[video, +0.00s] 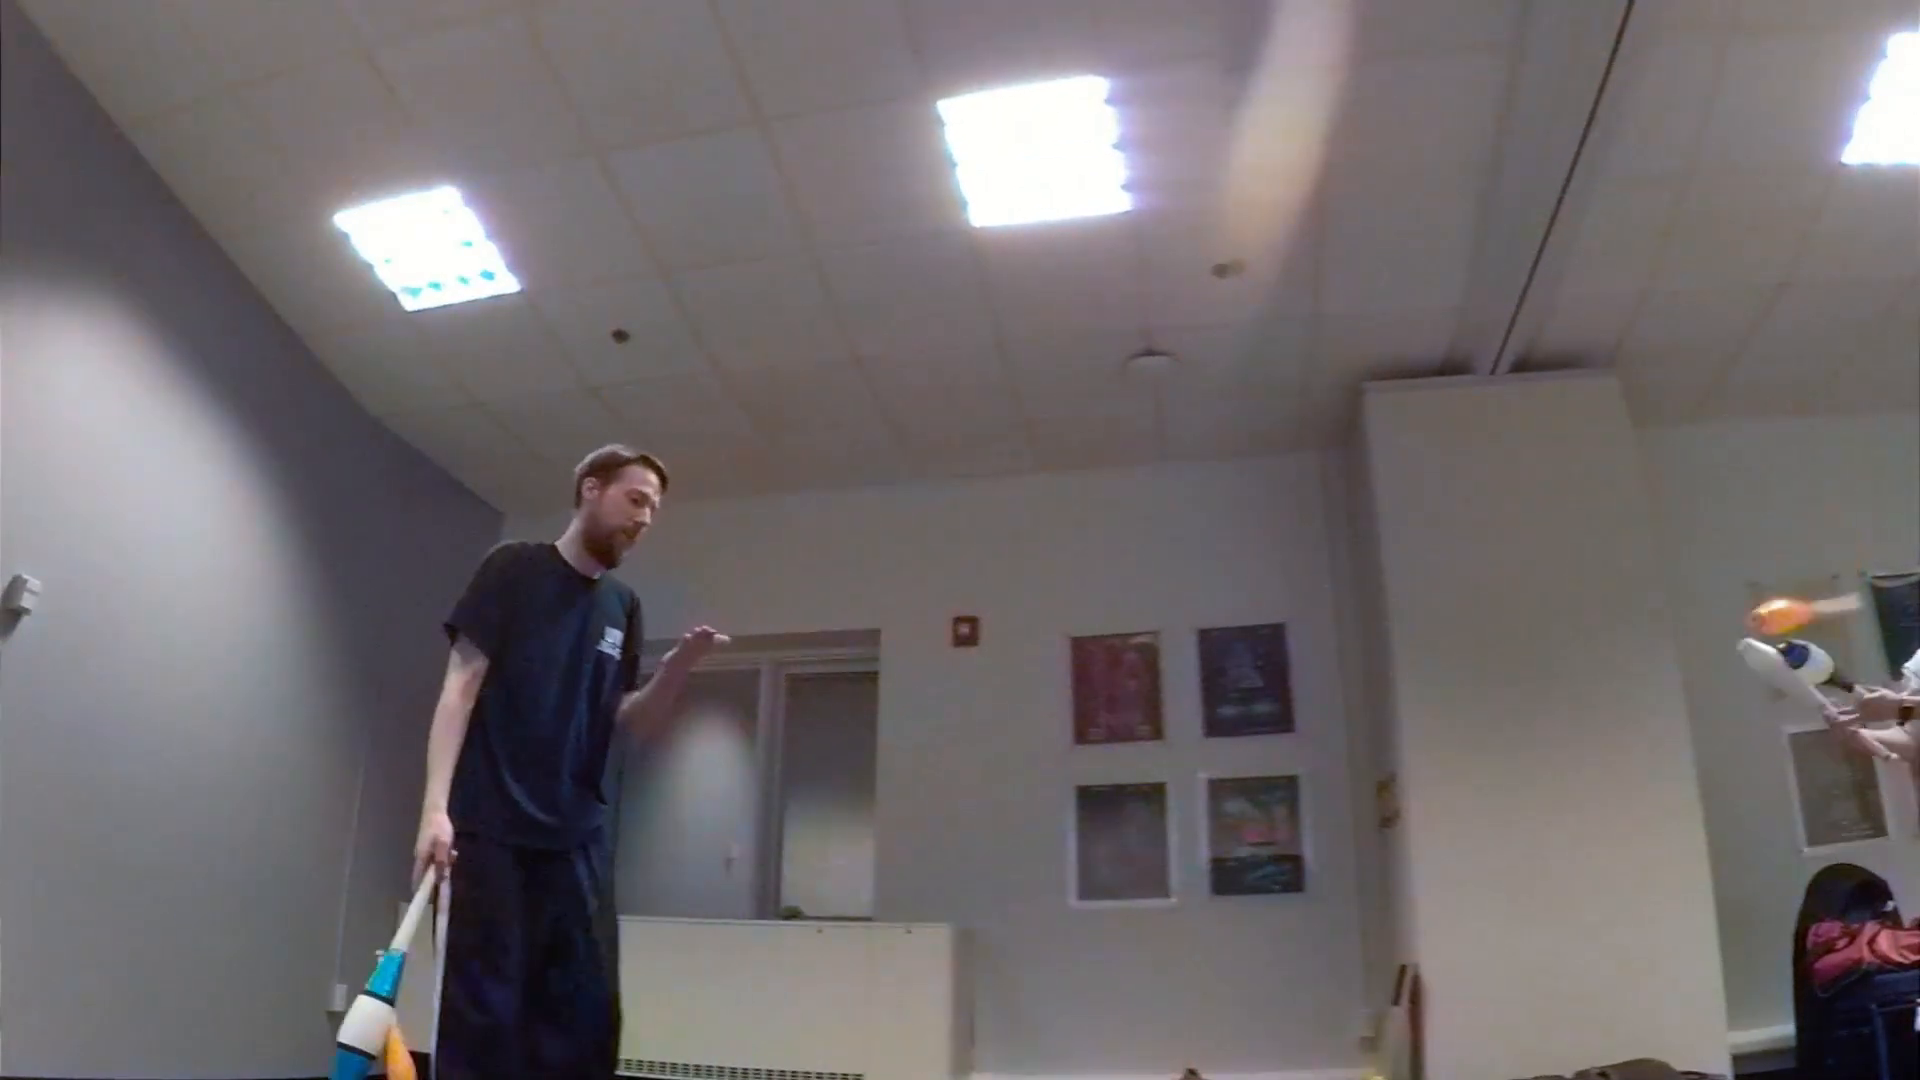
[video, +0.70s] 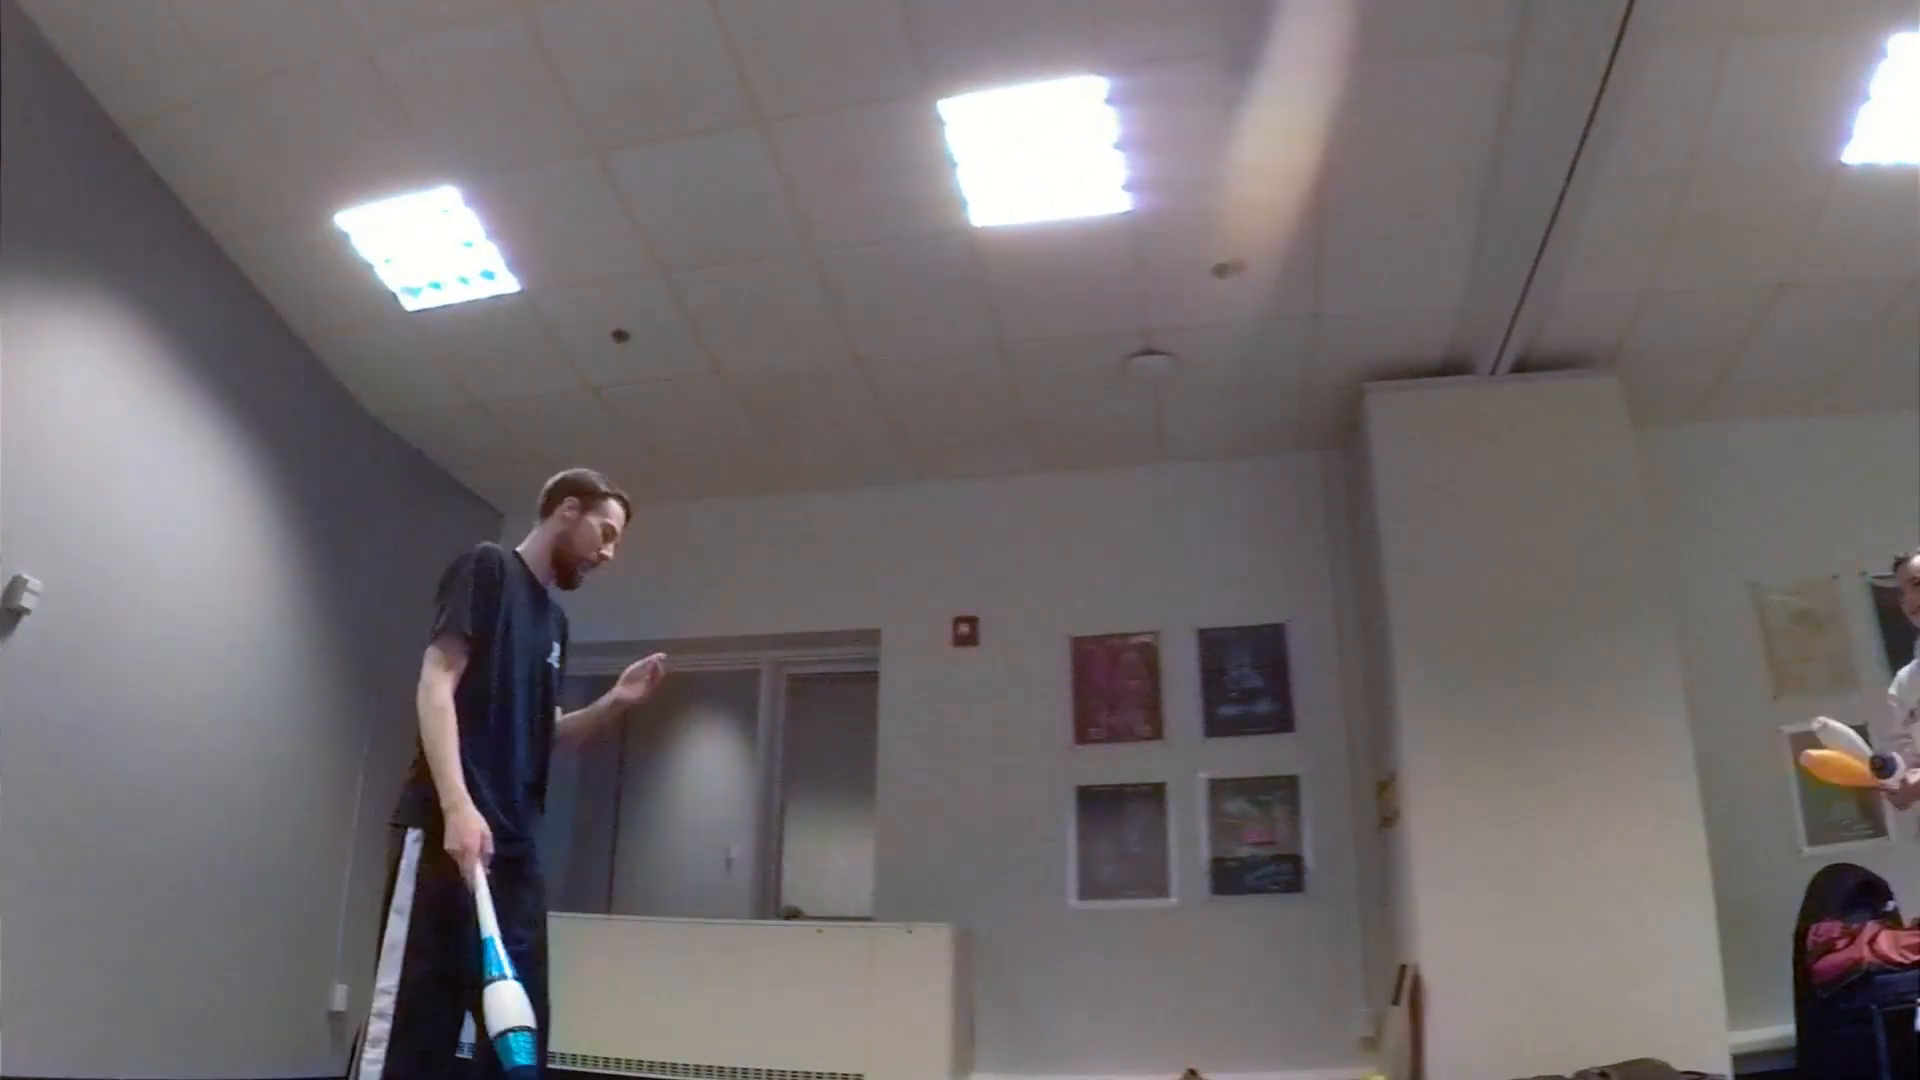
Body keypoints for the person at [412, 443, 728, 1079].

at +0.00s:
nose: (645, 518)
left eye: (653, 509)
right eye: (635, 499)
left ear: (653, 521)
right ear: (590, 489)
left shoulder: (621, 606)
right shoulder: (513, 568)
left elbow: (631, 721)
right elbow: (460, 687)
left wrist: (680, 667)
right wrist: (435, 809)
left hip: (575, 839)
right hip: (491, 832)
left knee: (585, 1020)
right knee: (485, 1015)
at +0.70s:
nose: (609, 553)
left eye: (615, 542)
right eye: (606, 533)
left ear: (581, 525)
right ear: (564, 511)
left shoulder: (553, 619)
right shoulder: (487, 566)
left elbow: (542, 734)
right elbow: (434, 685)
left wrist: (611, 702)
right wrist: (457, 806)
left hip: (513, 840)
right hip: (446, 826)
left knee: (517, 1023)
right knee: (415, 1019)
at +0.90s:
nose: (588, 575)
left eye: (597, 563)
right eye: (596, 559)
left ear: (553, 524)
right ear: (581, 535)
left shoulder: (505, 589)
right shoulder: (491, 574)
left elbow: (453, 716)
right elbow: (432, 694)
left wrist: (522, 762)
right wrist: (450, 831)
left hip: (436, 826)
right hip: (403, 822)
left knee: (458, 1008)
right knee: (380, 1013)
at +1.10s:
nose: (571, 584)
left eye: (579, 573)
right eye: (580, 570)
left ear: (528, 534)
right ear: (570, 551)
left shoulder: (476, 577)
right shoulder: (496, 579)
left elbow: (422, 704)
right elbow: (437, 693)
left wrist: (432, 844)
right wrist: (443, 828)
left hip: (396, 820)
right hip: (388, 819)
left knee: (421, 1003)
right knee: (377, 1008)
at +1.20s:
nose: (557, 587)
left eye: (563, 576)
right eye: (564, 573)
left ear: (511, 540)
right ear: (556, 559)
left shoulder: (458, 581)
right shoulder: (496, 582)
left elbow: (407, 698)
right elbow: (436, 691)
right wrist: (441, 823)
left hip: (371, 811)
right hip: (387, 817)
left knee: (388, 998)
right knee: (386, 1000)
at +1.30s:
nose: (543, 600)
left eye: (548, 590)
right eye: (550, 589)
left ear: (498, 557)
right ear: (544, 576)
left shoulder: (447, 597)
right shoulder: (487, 595)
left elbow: (394, 704)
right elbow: (432, 699)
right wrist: (442, 821)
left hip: (365, 816)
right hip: (382, 821)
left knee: (374, 997)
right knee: (389, 1004)